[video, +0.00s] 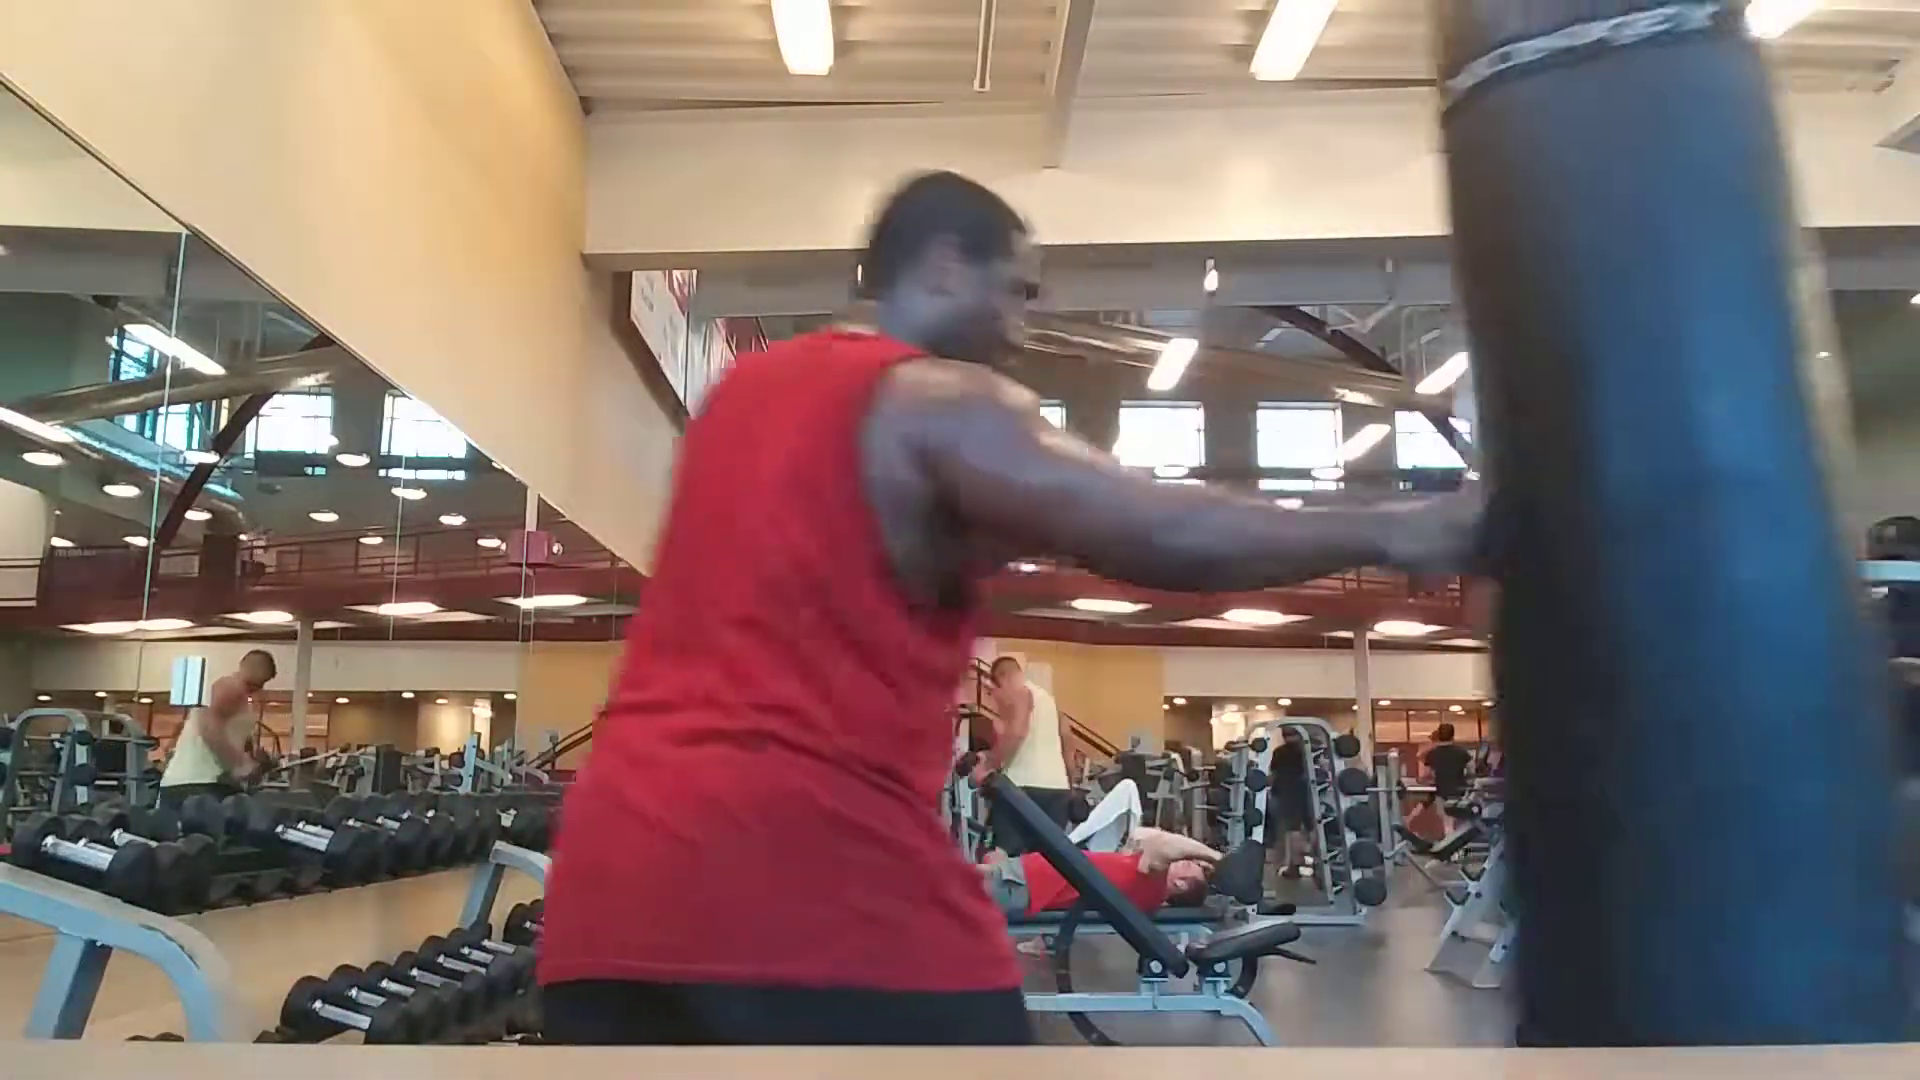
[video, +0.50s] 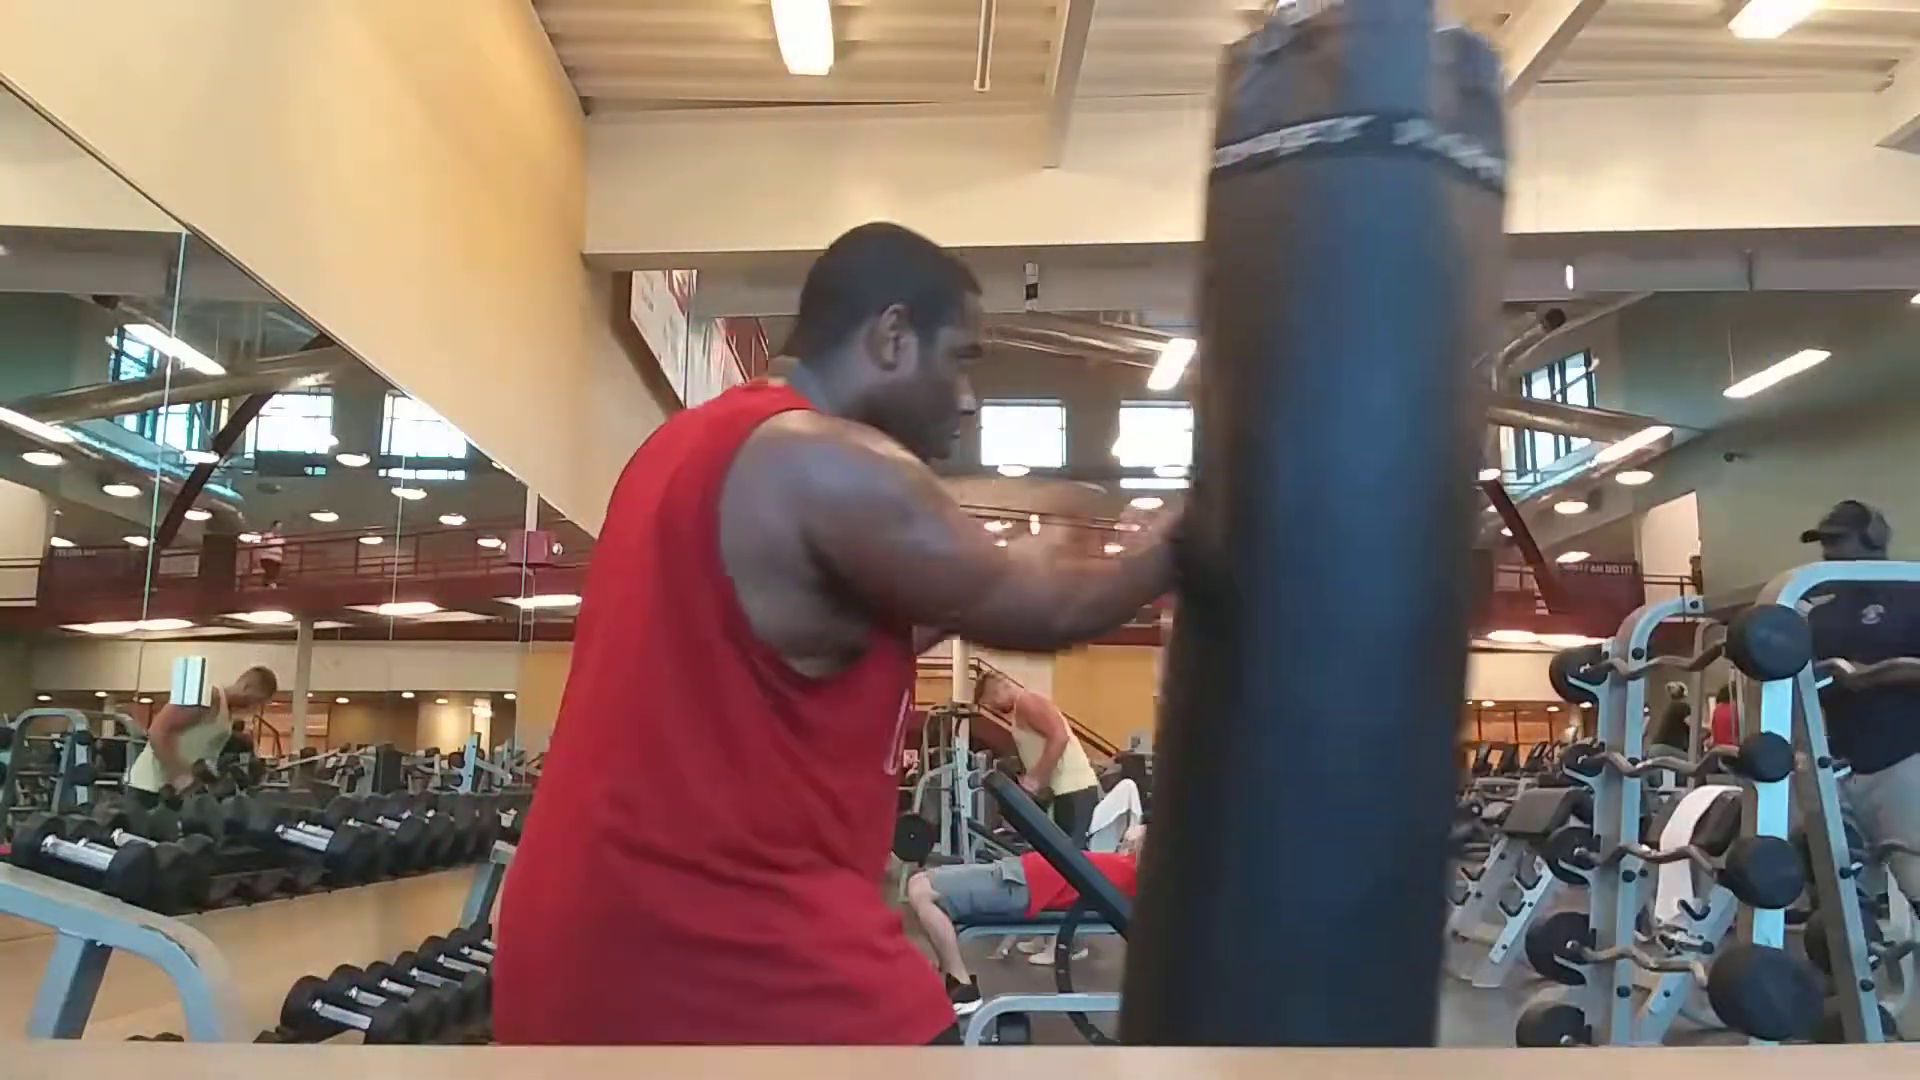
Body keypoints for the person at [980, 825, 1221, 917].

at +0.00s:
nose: (1188, 865)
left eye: (1192, 868)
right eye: (1194, 865)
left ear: (1182, 882)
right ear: (1181, 870)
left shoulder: (1149, 890)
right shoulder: (1146, 875)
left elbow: (1158, 845)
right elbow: (1138, 836)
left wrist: (1212, 855)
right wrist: (1199, 850)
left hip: (1020, 886)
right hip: (1018, 872)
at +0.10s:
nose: (1190, 874)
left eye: (1196, 879)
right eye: (1196, 871)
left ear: (1185, 889)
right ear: (1183, 869)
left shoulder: (1149, 889)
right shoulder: (1144, 878)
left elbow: (1159, 845)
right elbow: (1148, 837)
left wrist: (1213, 858)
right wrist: (1200, 852)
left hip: (1020, 888)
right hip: (1018, 878)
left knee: (931, 888)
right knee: (933, 879)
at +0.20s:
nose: (1188, 873)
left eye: (1193, 878)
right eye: (1192, 870)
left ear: (1182, 889)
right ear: (1183, 863)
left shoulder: (1148, 889)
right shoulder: (1144, 873)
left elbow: (1154, 847)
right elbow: (1143, 837)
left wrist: (1205, 857)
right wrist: (1200, 852)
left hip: (1020, 887)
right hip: (1017, 873)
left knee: (921, 892)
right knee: (921, 883)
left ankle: (957, 983)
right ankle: (957, 980)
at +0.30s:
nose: (1190, 868)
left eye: (1194, 875)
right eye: (1194, 866)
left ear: (1183, 886)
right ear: (1182, 862)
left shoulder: (1147, 888)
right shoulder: (1140, 871)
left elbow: (1155, 843)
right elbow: (1139, 837)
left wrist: (1208, 853)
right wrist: (1190, 848)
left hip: (1021, 885)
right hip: (1017, 872)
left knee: (919, 890)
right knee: (920, 884)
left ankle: (958, 982)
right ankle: (937, 980)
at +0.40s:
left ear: (1170, 855)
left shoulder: (1147, 880)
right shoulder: (1141, 871)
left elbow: (1148, 840)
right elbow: (1137, 835)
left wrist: (1173, 840)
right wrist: (1176, 841)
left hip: (1026, 886)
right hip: (1022, 873)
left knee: (920, 887)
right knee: (923, 883)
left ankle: (959, 983)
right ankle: (943, 979)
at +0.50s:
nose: (1136, 835)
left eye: (1143, 834)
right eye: (1141, 832)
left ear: (1150, 845)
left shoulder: (1134, 874)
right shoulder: (1128, 866)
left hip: (1021, 884)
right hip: (1019, 874)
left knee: (921, 888)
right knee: (923, 881)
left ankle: (960, 981)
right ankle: (950, 976)